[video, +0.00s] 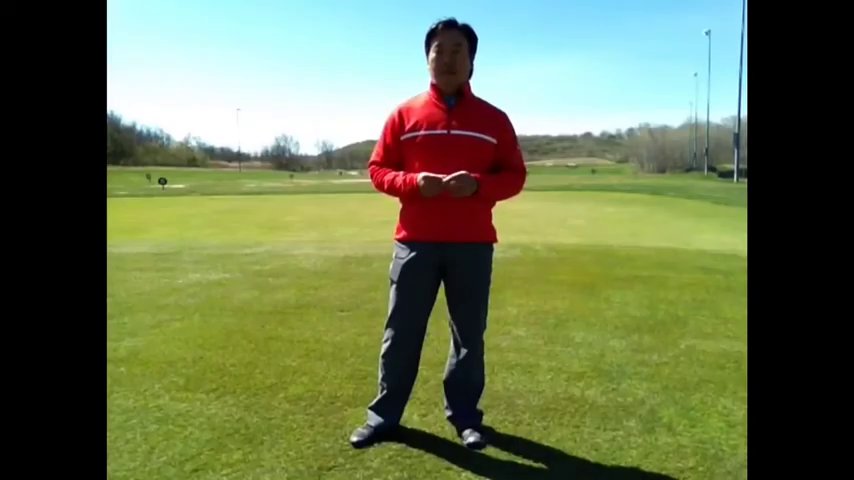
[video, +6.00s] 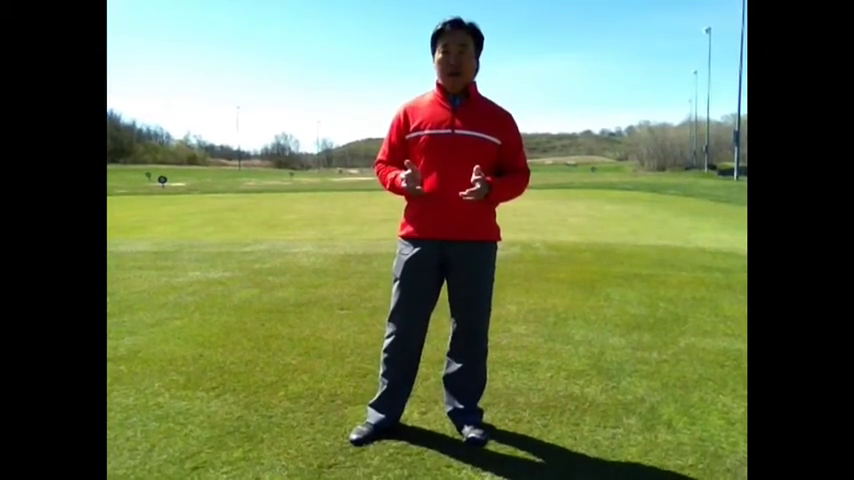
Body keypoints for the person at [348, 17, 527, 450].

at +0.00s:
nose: (446, 57)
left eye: (456, 49)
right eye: (438, 49)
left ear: (471, 59)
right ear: (427, 58)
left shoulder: (494, 119)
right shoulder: (403, 116)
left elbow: (516, 176)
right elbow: (378, 171)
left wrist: (480, 184)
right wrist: (413, 182)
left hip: (472, 245)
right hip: (415, 243)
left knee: (469, 337)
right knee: (400, 333)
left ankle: (467, 419)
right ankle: (383, 417)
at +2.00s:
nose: (451, 59)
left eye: (461, 52)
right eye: (444, 51)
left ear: (475, 61)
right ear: (431, 60)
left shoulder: (496, 122)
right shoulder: (407, 117)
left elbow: (516, 177)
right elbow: (382, 171)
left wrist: (483, 188)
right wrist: (418, 183)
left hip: (474, 245)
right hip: (419, 242)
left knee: (471, 336)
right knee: (402, 332)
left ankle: (466, 415)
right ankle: (384, 416)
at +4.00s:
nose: (454, 60)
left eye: (463, 52)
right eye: (446, 52)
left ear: (479, 58)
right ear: (434, 60)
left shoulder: (503, 121)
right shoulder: (414, 116)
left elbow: (524, 177)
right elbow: (389, 172)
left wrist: (487, 188)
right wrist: (422, 185)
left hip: (481, 245)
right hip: (426, 243)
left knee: (474, 336)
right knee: (407, 331)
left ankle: (467, 416)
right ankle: (384, 416)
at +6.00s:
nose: (453, 59)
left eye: (462, 51)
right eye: (445, 50)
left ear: (478, 59)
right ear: (433, 58)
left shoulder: (499, 120)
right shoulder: (410, 114)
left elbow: (519, 175)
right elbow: (384, 165)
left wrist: (494, 188)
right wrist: (400, 180)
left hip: (475, 243)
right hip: (419, 240)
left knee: (471, 333)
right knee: (402, 329)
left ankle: (466, 414)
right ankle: (383, 414)